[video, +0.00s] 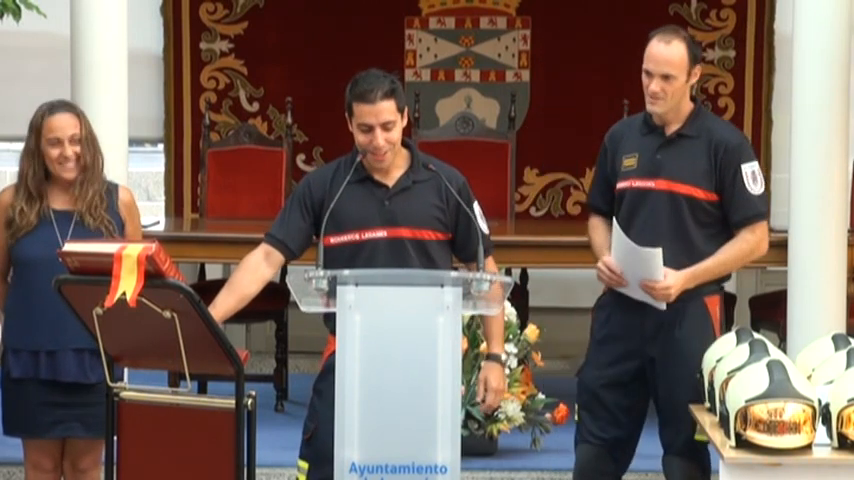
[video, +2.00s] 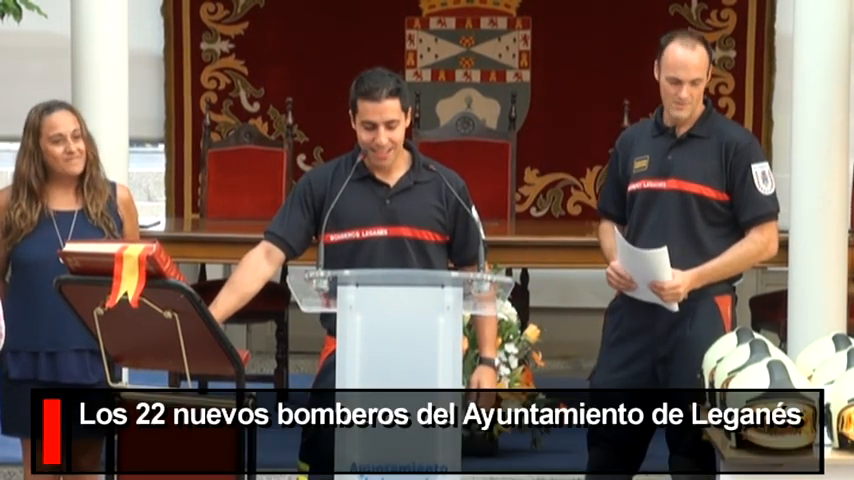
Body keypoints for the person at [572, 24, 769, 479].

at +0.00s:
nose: (653, 87)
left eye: (666, 77)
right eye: (648, 74)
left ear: (693, 77)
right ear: (641, 72)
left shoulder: (727, 144)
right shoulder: (620, 137)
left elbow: (756, 239)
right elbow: (599, 212)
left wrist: (685, 279)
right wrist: (605, 255)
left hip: (688, 319)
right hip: (620, 313)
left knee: (686, 453)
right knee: (596, 449)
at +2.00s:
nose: (684, 93)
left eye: (694, 83)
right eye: (675, 81)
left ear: (707, 80)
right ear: (657, 77)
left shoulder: (737, 145)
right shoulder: (630, 142)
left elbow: (765, 241)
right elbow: (609, 219)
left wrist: (692, 280)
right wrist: (615, 260)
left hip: (698, 328)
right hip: (631, 322)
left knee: (693, 462)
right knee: (607, 458)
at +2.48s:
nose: (686, 96)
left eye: (696, 85)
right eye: (677, 84)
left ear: (709, 81)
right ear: (659, 77)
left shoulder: (739, 144)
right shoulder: (628, 141)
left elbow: (773, 231)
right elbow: (606, 220)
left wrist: (732, 280)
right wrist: (618, 275)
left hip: (701, 317)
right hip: (632, 314)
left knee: (694, 450)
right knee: (609, 444)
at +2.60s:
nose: (687, 99)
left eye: (696, 88)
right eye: (677, 87)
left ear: (709, 83)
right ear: (659, 80)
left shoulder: (741, 145)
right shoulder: (627, 142)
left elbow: (772, 229)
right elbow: (608, 223)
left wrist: (758, 287)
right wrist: (625, 287)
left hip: (706, 315)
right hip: (634, 311)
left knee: (696, 448)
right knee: (609, 442)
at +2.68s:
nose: (687, 102)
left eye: (696, 91)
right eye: (677, 90)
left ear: (710, 85)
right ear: (658, 82)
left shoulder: (742, 145)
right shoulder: (626, 144)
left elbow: (772, 229)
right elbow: (613, 229)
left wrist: (768, 299)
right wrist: (636, 300)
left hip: (706, 312)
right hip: (634, 309)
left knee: (697, 446)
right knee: (609, 441)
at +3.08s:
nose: (666, 124)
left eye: (677, 112)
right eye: (657, 112)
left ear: (700, 103)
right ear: (646, 106)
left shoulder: (737, 153)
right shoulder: (622, 163)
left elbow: (758, 242)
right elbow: (633, 262)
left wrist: (768, 320)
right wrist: (669, 338)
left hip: (704, 309)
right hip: (633, 306)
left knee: (693, 436)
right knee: (603, 423)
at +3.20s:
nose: (655, 127)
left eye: (666, 115)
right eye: (647, 115)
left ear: (691, 105)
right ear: (637, 109)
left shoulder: (731, 153)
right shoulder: (617, 166)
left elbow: (755, 240)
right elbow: (628, 264)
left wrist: (760, 314)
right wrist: (666, 338)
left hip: (704, 311)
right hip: (632, 309)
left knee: (695, 438)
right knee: (602, 425)